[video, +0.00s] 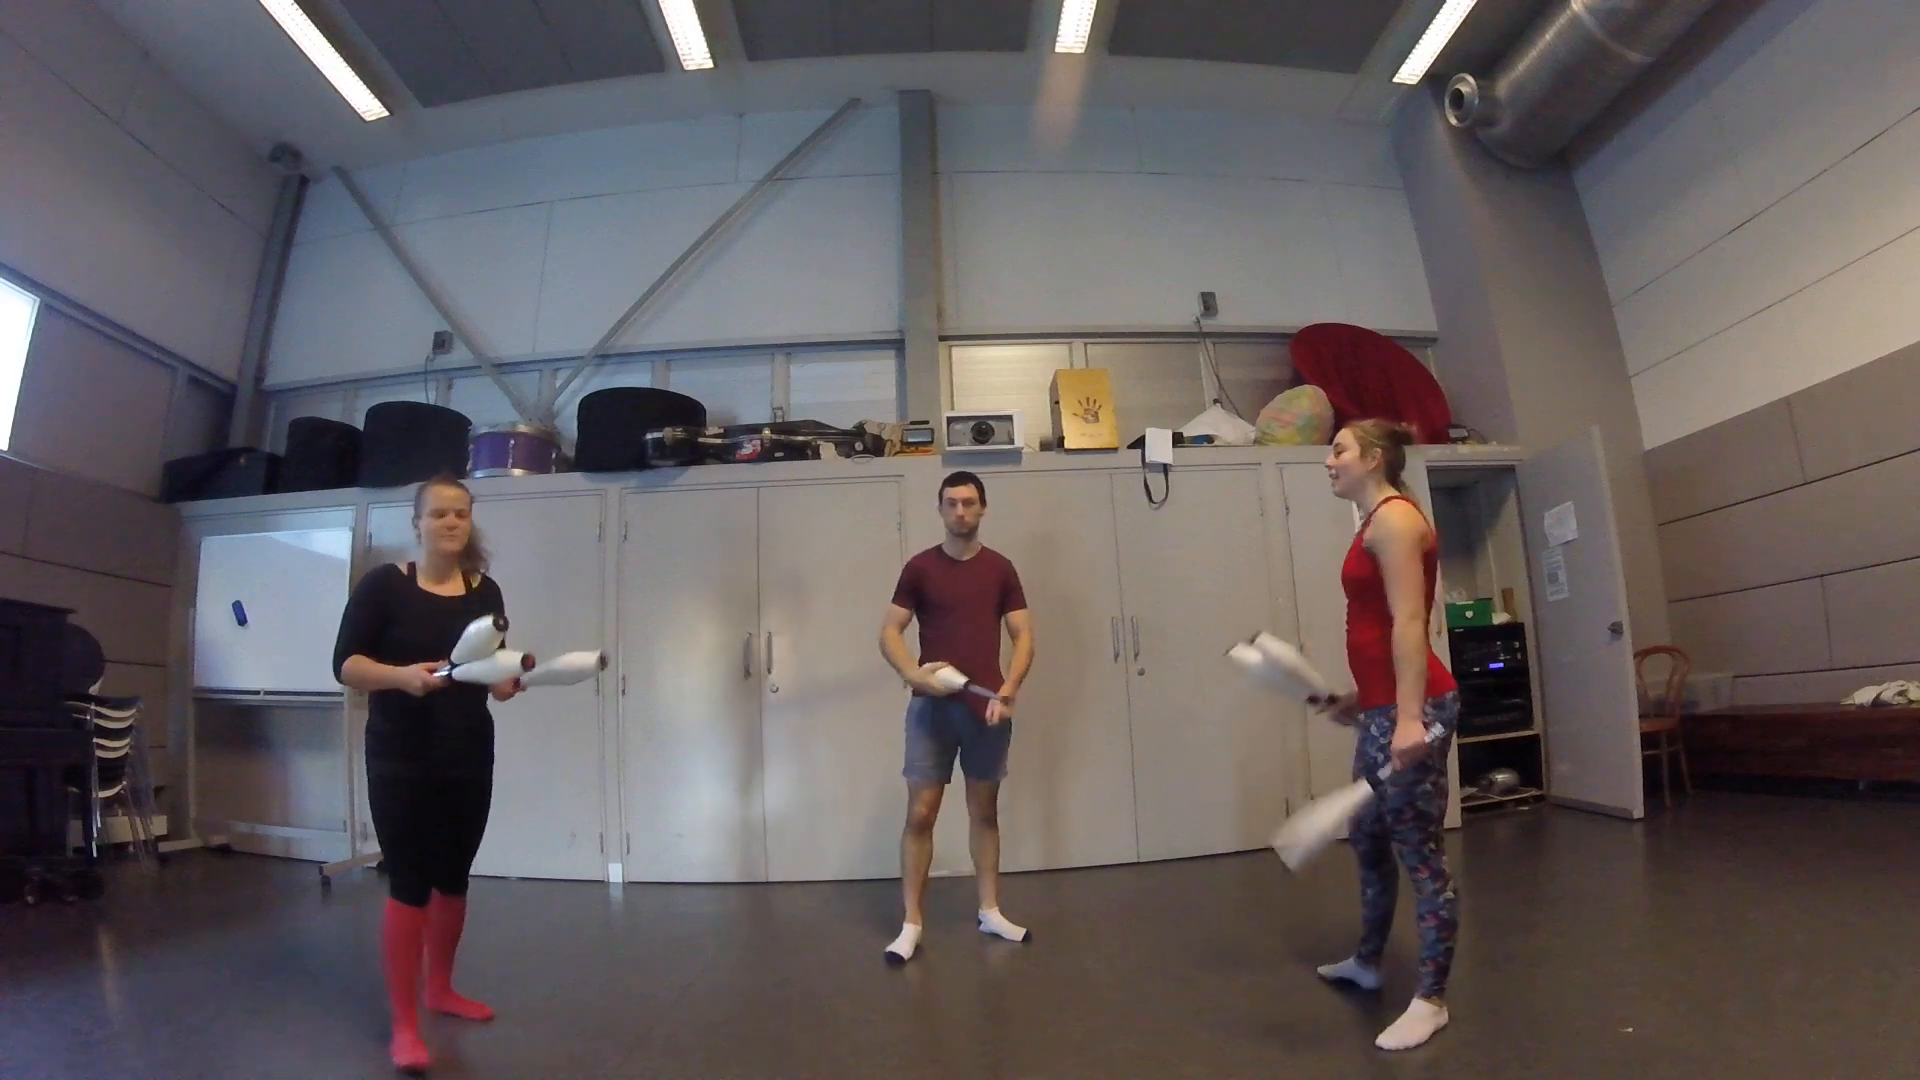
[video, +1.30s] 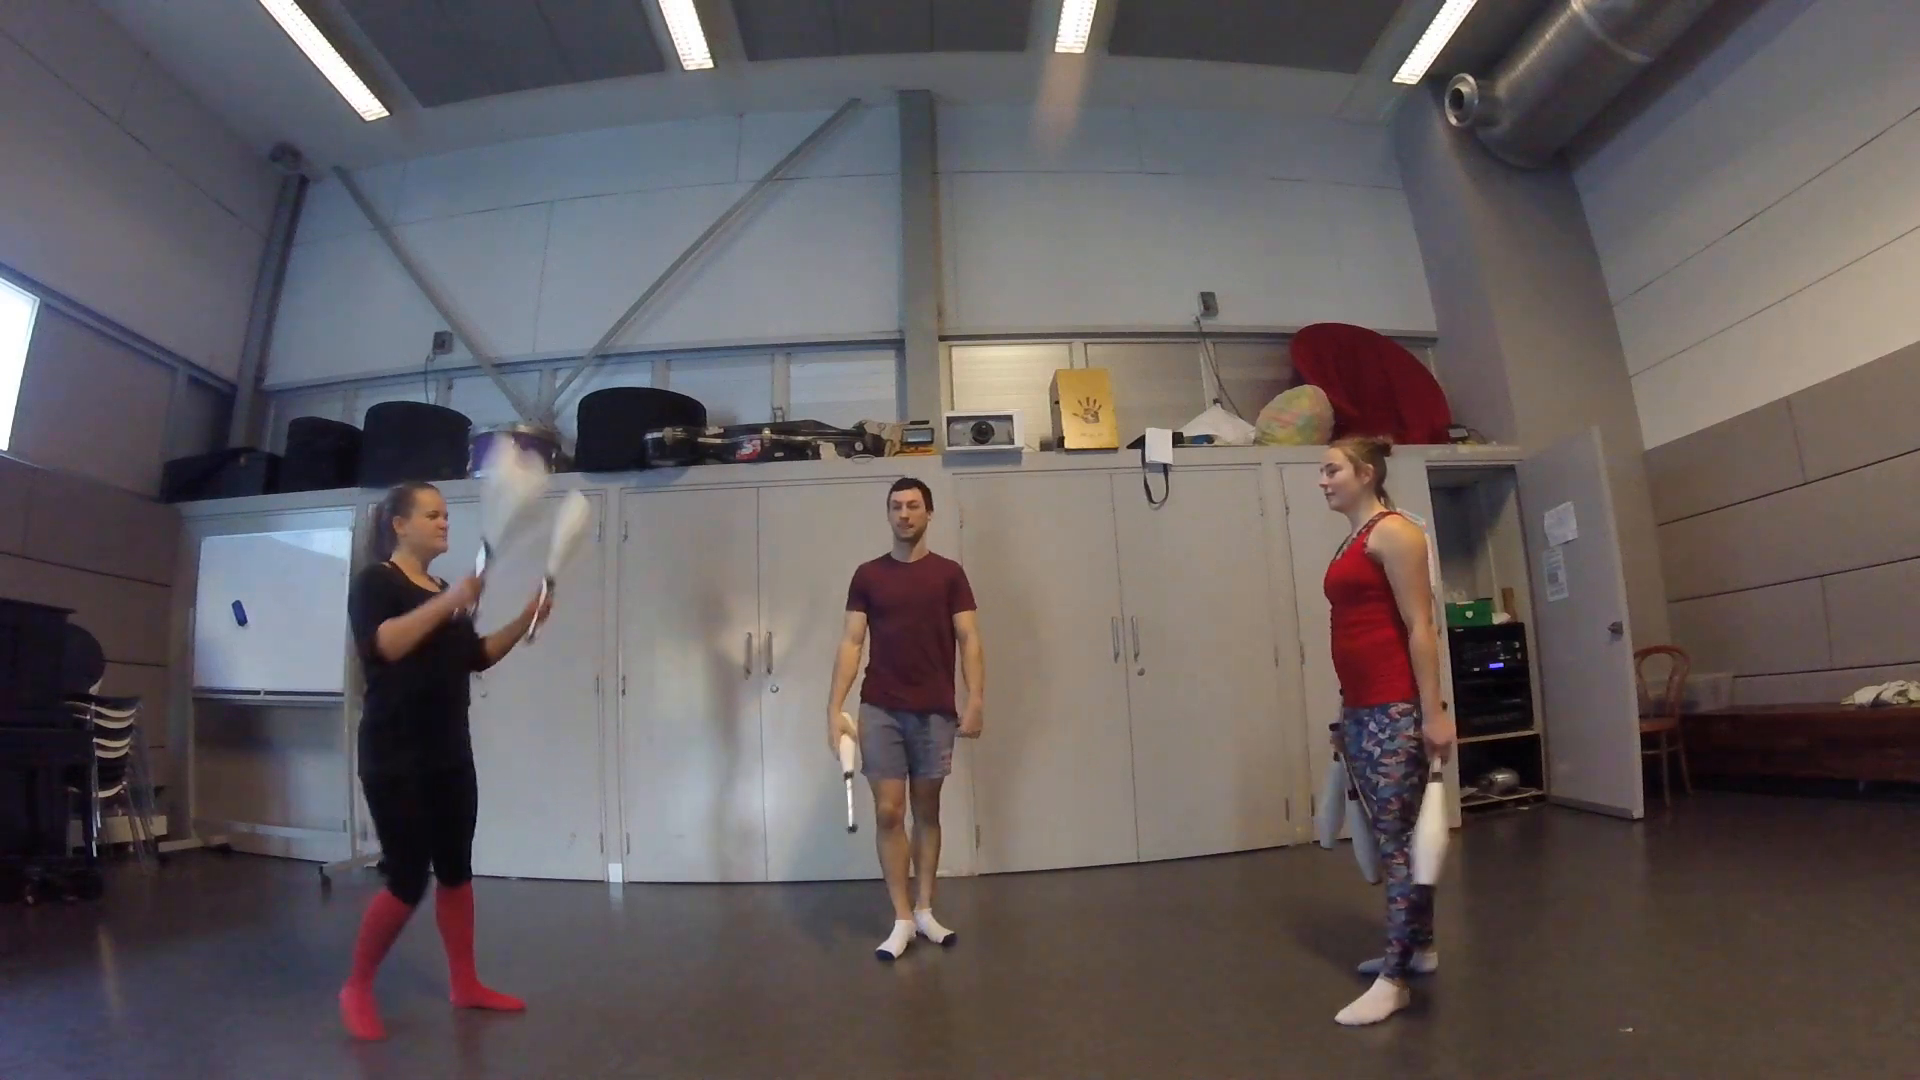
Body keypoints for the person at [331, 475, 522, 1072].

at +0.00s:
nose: (452, 522)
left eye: (461, 513)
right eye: (440, 514)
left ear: (473, 523)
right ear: (418, 524)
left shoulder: (484, 592)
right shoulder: (382, 584)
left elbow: (494, 670)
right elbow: (346, 664)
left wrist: (507, 675)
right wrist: (402, 676)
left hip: (468, 760)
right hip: (401, 762)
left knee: (453, 881)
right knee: (410, 888)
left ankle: (439, 990)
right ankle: (403, 1025)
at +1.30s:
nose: (445, 525)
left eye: (445, 517)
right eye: (434, 516)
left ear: (438, 528)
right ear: (398, 524)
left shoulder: (443, 592)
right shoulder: (374, 582)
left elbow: (478, 657)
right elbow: (385, 644)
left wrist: (524, 622)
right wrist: (450, 600)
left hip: (449, 748)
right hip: (393, 753)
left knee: (456, 870)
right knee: (407, 880)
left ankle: (465, 985)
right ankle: (358, 987)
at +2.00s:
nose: (465, 519)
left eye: (465, 510)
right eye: (454, 510)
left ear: (458, 522)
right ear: (417, 519)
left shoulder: (462, 586)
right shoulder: (395, 582)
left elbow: (505, 645)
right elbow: (400, 660)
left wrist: (536, 590)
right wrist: (481, 671)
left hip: (457, 748)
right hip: (402, 751)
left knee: (457, 871)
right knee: (403, 875)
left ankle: (465, 986)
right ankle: (404, 1005)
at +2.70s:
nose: (472, 519)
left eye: (472, 510)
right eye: (460, 510)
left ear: (466, 520)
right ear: (425, 520)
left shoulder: (471, 589)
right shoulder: (411, 580)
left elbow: (487, 660)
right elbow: (454, 636)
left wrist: (537, 676)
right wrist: (530, 626)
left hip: (466, 751)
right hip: (414, 753)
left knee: (462, 870)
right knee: (410, 872)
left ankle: (466, 986)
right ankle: (404, 1005)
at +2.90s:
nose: (471, 518)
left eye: (472, 510)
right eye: (459, 509)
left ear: (464, 523)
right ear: (425, 521)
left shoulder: (479, 593)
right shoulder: (406, 582)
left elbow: (502, 664)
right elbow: (414, 655)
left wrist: (532, 714)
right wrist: (486, 663)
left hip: (472, 751)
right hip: (416, 752)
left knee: (465, 871)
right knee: (414, 874)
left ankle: (466, 986)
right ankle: (406, 1004)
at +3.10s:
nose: (472, 519)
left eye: (472, 511)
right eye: (460, 511)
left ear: (468, 522)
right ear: (426, 523)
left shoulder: (479, 594)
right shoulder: (406, 584)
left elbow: (513, 659)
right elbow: (396, 664)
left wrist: (562, 639)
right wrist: (457, 715)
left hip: (473, 748)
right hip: (422, 747)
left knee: (469, 870)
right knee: (427, 874)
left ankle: (467, 986)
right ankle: (406, 1004)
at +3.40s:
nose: (465, 519)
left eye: (466, 510)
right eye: (453, 511)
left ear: (459, 522)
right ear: (419, 523)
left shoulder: (473, 593)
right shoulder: (404, 584)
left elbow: (509, 659)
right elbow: (418, 653)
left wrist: (558, 625)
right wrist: (501, 637)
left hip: (472, 752)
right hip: (416, 754)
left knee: (466, 874)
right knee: (414, 878)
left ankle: (466, 988)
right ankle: (408, 1011)